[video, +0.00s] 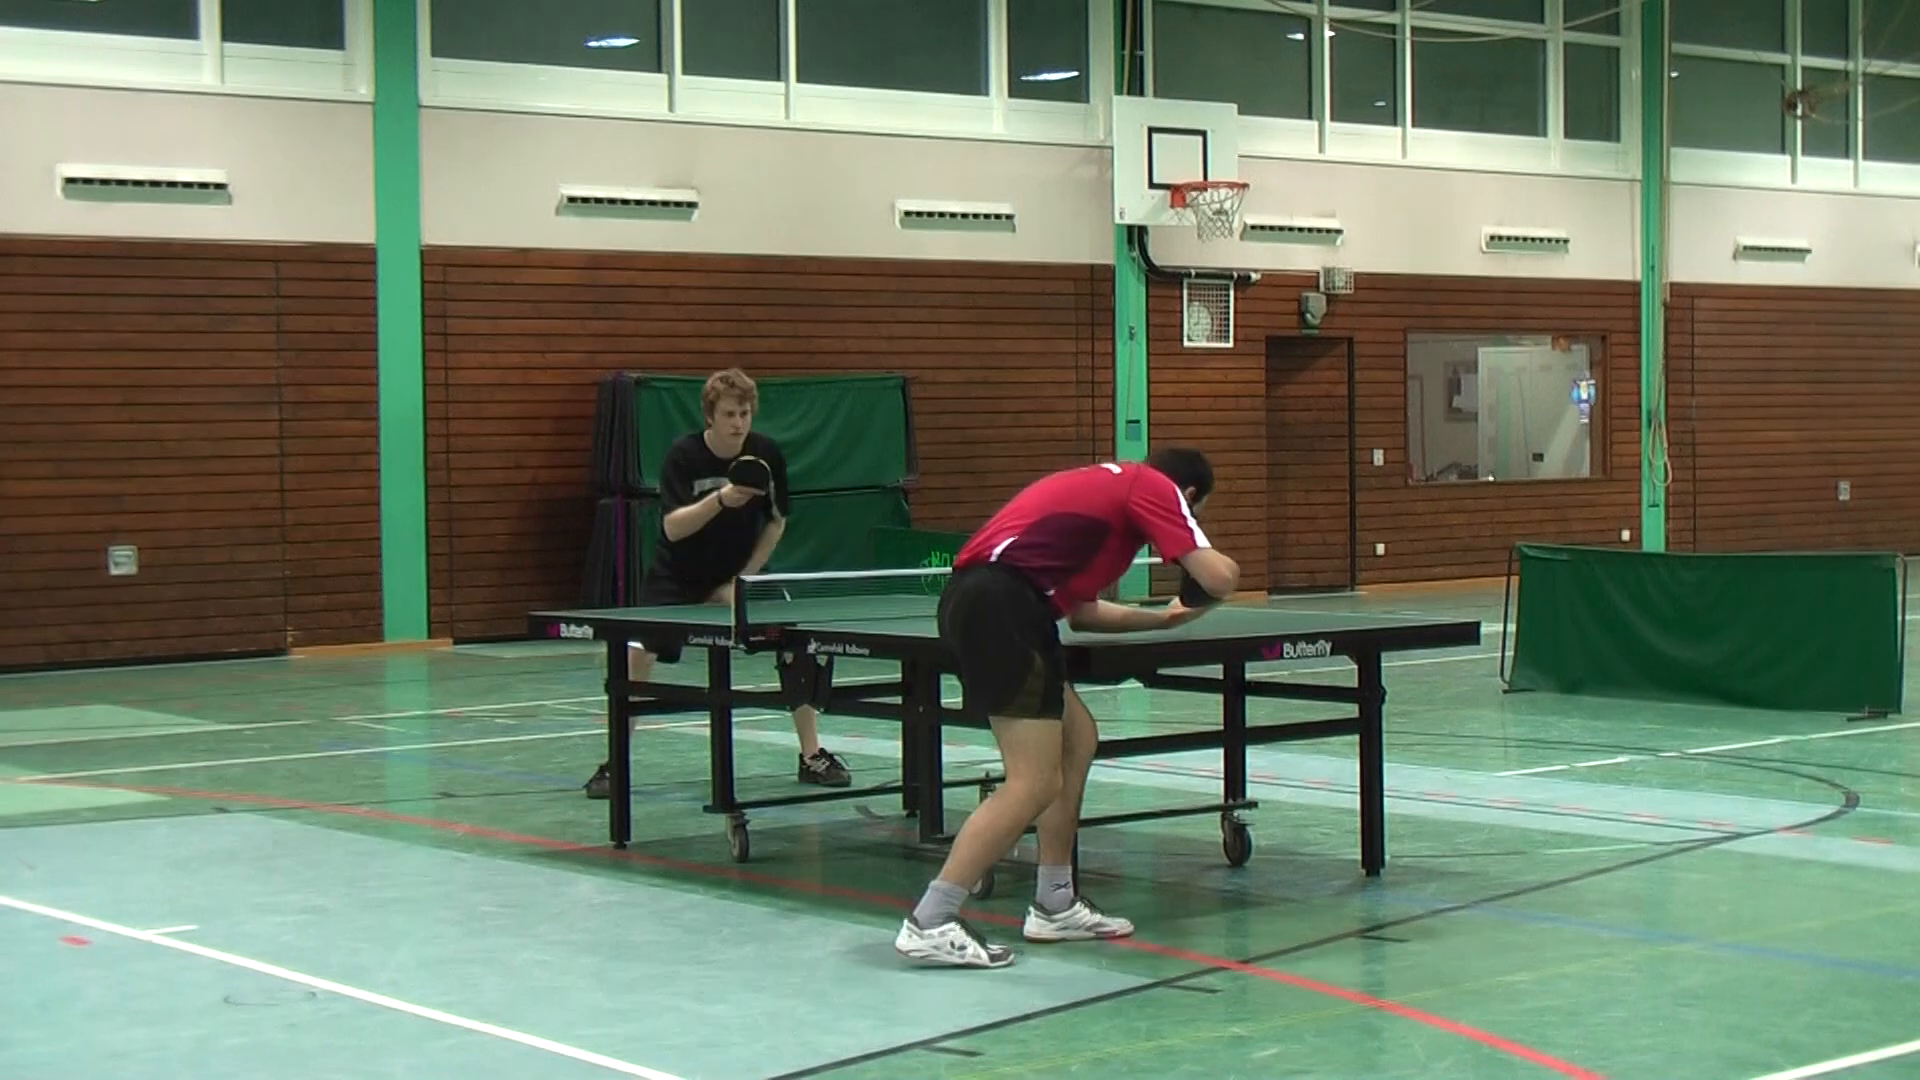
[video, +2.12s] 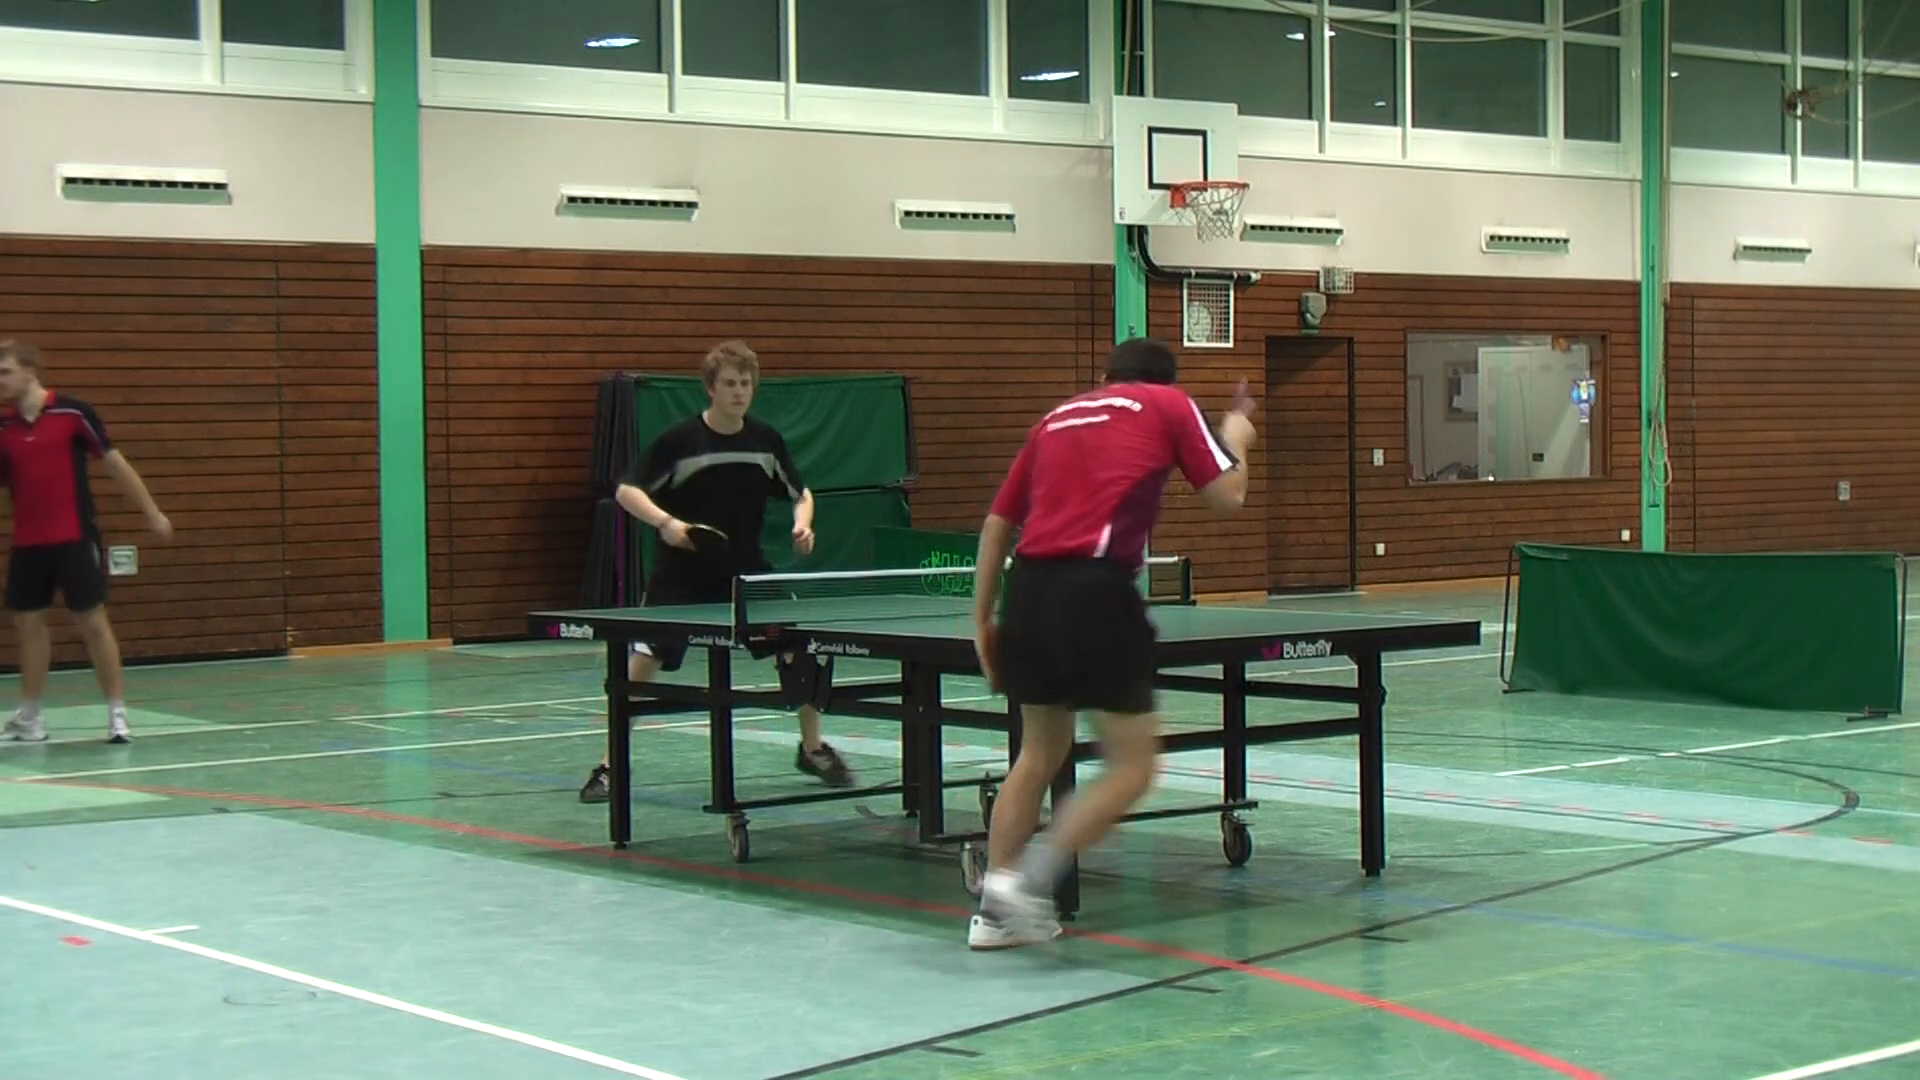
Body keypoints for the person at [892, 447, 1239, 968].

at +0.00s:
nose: (1193, 514)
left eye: (1195, 508)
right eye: (1196, 505)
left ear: (1151, 468)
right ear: (1185, 490)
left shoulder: (1101, 496)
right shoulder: (1150, 485)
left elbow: (1080, 611)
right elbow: (1218, 576)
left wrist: (1167, 617)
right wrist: (1211, 587)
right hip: (998, 600)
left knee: (1079, 736)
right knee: (1035, 780)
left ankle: (1055, 905)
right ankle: (928, 922)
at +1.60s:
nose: (1160, 413)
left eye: (1161, 404)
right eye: (1160, 403)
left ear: (1105, 379)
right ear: (1143, 391)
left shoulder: (1038, 412)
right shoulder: (1128, 411)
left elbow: (1059, 517)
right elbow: (1217, 471)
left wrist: (1146, 521)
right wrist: (1199, 523)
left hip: (974, 579)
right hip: (1020, 585)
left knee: (1050, 739)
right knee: (1003, 765)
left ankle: (1051, 901)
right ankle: (908, 914)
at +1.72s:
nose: (1150, 398)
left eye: (1149, 387)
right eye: (1150, 387)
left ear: (1095, 362)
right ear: (1135, 374)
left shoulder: (1029, 404)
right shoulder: (1115, 384)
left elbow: (958, 500)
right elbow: (1161, 410)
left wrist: (1028, 540)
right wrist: (1169, 482)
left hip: (976, 575)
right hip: (1026, 578)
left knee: (1040, 736)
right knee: (1006, 758)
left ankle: (1021, 904)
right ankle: (912, 913)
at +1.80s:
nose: (1153, 407)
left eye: (1156, 400)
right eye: (1156, 398)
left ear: (1097, 365)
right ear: (1141, 382)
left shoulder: (1027, 416)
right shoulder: (1118, 380)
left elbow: (952, 491)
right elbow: (1123, 399)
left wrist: (978, 562)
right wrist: (1153, 473)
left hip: (987, 577)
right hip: (1034, 576)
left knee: (1038, 742)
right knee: (1014, 755)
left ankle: (1002, 910)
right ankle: (916, 912)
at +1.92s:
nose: (1162, 420)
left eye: (1163, 411)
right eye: (1161, 409)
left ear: (1102, 383)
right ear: (1147, 393)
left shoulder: (1038, 418)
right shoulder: (1138, 405)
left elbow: (973, 531)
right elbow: (1153, 484)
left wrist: (955, 626)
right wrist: (1164, 544)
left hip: (986, 585)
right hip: (1042, 584)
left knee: (1029, 751)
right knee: (1010, 760)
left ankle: (998, 911)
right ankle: (911, 912)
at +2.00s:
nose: (1165, 413)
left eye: (1163, 403)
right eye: (1164, 403)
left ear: (1105, 385)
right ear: (1154, 394)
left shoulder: (1041, 420)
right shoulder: (1152, 410)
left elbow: (981, 532)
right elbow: (1205, 505)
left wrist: (966, 632)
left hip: (993, 585)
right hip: (1052, 589)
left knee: (1028, 756)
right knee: (1038, 768)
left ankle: (997, 911)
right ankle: (919, 902)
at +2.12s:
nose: (1175, 394)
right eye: (1172, 383)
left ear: (1110, 375)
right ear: (1165, 379)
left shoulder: (1056, 417)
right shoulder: (1169, 402)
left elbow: (997, 525)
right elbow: (1226, 497)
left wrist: (982, 617)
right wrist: (1236, 442)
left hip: (1028, 593)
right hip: (1099, 593)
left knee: (1038, 754)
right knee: (1133, 765)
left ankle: (995, 911)